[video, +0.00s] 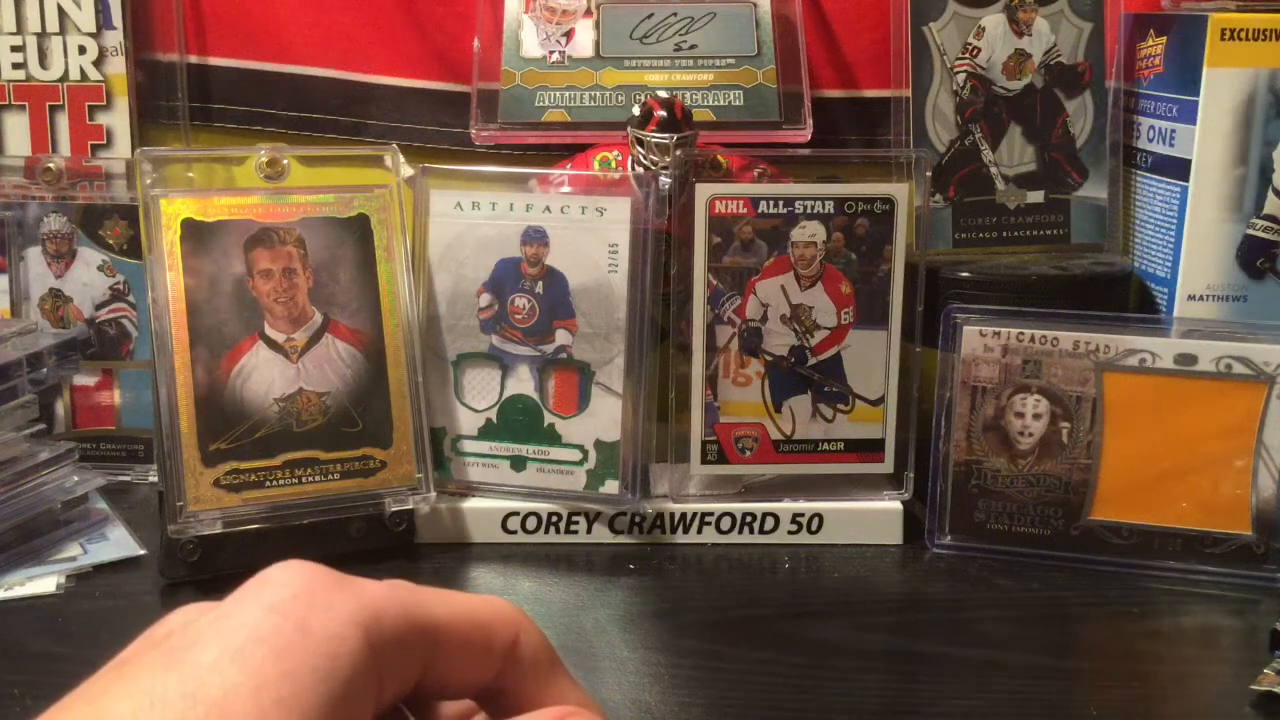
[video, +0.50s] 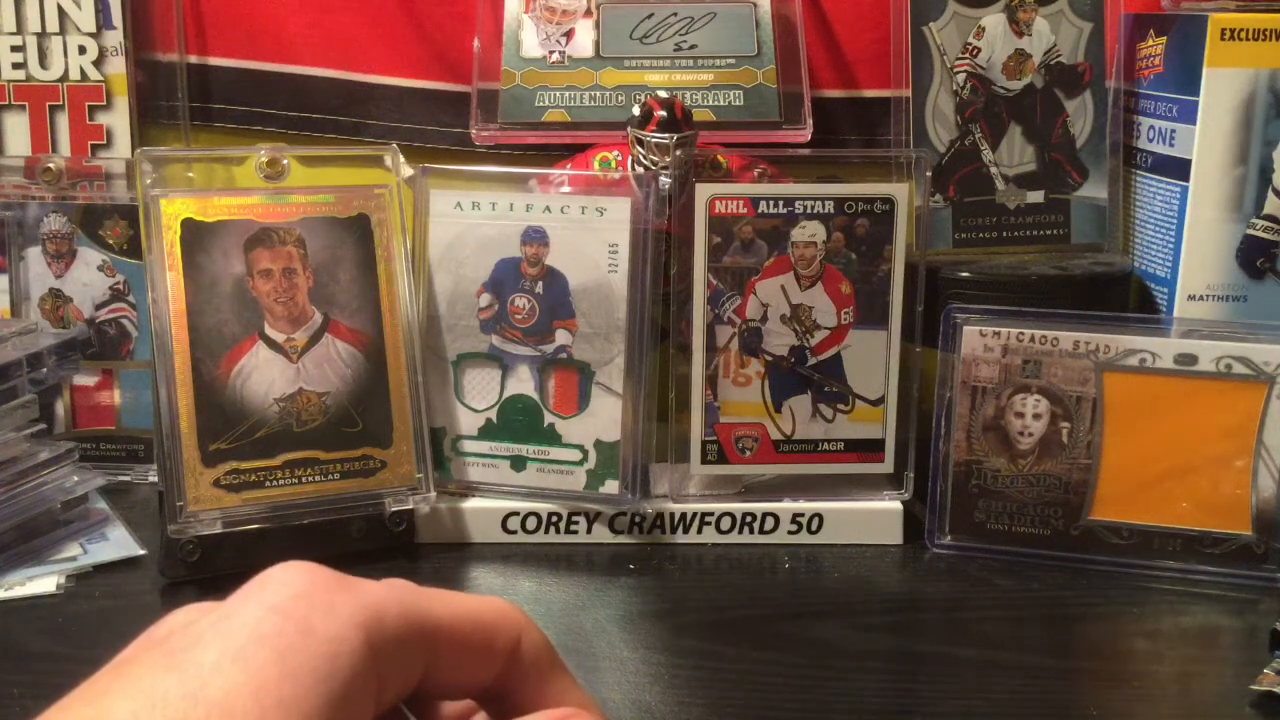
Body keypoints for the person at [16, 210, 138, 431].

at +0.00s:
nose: (57, 247)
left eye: (63, 240)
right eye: (51, 241)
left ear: (72, 240)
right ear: (43, 242)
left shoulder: (96, 264)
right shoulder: (28, 261)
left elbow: (120, 305)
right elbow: (15, 307)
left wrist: (108, 334)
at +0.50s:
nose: (57, 247)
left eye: (63, 241)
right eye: (51, 241)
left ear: (72, 240)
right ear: (43, 242)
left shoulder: (96, 264)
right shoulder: (28, 261)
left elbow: (121, 306)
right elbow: (14, 309)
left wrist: (107, 335)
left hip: (88, 369)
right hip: (40, 366)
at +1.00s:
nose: (57, 247)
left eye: (62, 240)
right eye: (51, 241)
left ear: (72, 240)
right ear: (43, 243)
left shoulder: (96, 264)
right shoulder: (28, 260)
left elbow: (120, 302)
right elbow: (15, 307)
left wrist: (108, 333)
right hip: (40, 361)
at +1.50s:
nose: (56, 246)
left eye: (62, 240)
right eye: (51, 241)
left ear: (72, 240)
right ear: (43, 242)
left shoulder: (96, 264)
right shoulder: (27, 261)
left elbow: (121, 307)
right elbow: (15, 308)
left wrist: (105, 335)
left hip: (88, 366)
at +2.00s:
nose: (56, 246)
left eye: (62, 240)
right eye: (51, 241)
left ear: (72, 240)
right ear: (43, 242)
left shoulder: (95, 264)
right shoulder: (27, 260)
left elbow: (120, 301)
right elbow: (11, 305)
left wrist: (108, 333)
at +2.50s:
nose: (57, 245)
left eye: (62, 239)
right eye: (51, 240)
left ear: (72, 239)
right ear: (43, 242)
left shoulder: (95, 264)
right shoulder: (27, 261)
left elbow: (120, 303)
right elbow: (10, 305)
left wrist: (108, 333)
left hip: (88, 362)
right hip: (39, 360)